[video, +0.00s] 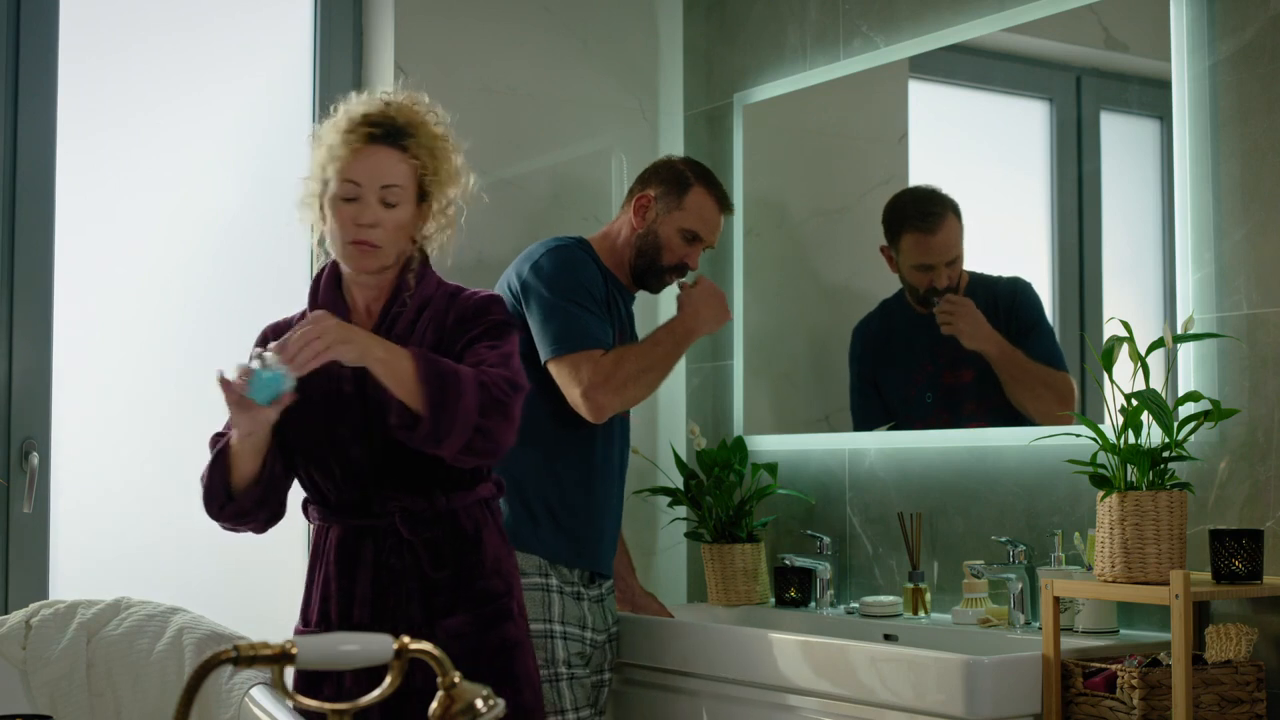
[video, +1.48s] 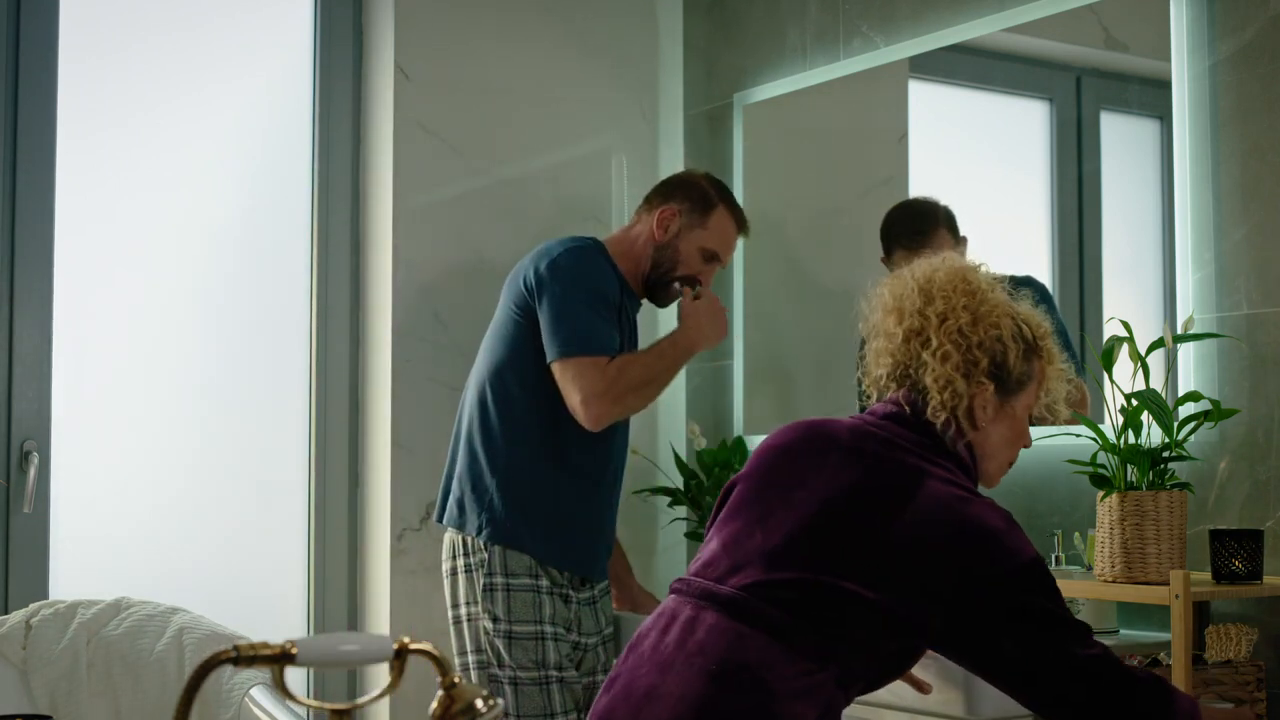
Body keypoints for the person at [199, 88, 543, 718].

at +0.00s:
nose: (365, 218)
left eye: (390, 200)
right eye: (348, 197)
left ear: (425, 213)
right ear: (323, 207)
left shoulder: (476, 319)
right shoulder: (287, 341)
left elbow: (491, 425)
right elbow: (244, 513)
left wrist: (371, 350)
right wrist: (248, 435)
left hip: (465, 601)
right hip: (343, 601)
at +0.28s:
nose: (508, 232)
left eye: (512, 210)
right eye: (488, 209)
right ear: (417, 213)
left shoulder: (532, 330)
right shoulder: (335, 344)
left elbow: (603, 459)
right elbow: (312, 506)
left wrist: (545, 379)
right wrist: (398, 447)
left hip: (523, 633)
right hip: (392, 636)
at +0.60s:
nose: (683, 270)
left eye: (687, 250)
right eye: (666, 245)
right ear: (593, 240)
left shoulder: (632, 344)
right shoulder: (506, 371)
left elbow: (666, 477)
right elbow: (545, 569)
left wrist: (729, 457)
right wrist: (703, 524)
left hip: (608, 644)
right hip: (504, 661)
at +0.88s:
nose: (845, 319)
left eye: (846, 297)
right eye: (833, 295)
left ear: (766, 291)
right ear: (769, 288)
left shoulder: (698, 361)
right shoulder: (695, 389)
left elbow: (734, 514)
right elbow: (770, 591)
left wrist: (832, 560)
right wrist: (955, 639)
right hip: (585, 681)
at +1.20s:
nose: (993, 406)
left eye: (998, 384)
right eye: (989, 381)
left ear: (863, 360)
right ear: (929, 372)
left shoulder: (761, 421)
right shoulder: (913, 497)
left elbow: (732, 565)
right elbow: (1027, 657)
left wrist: (864, 638)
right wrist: (1177, 697)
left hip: (591, 682)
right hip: (708, 699)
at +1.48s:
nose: (1023, 443)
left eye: (1031, 419)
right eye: (1025, 417)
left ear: (901, 384)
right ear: (976, 400)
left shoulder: (788, 442)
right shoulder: (970, 528)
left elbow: (741, 580)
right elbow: (1075, 676)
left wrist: (877, 646)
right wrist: (1190, 706)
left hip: (628, 691)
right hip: (747, 704)